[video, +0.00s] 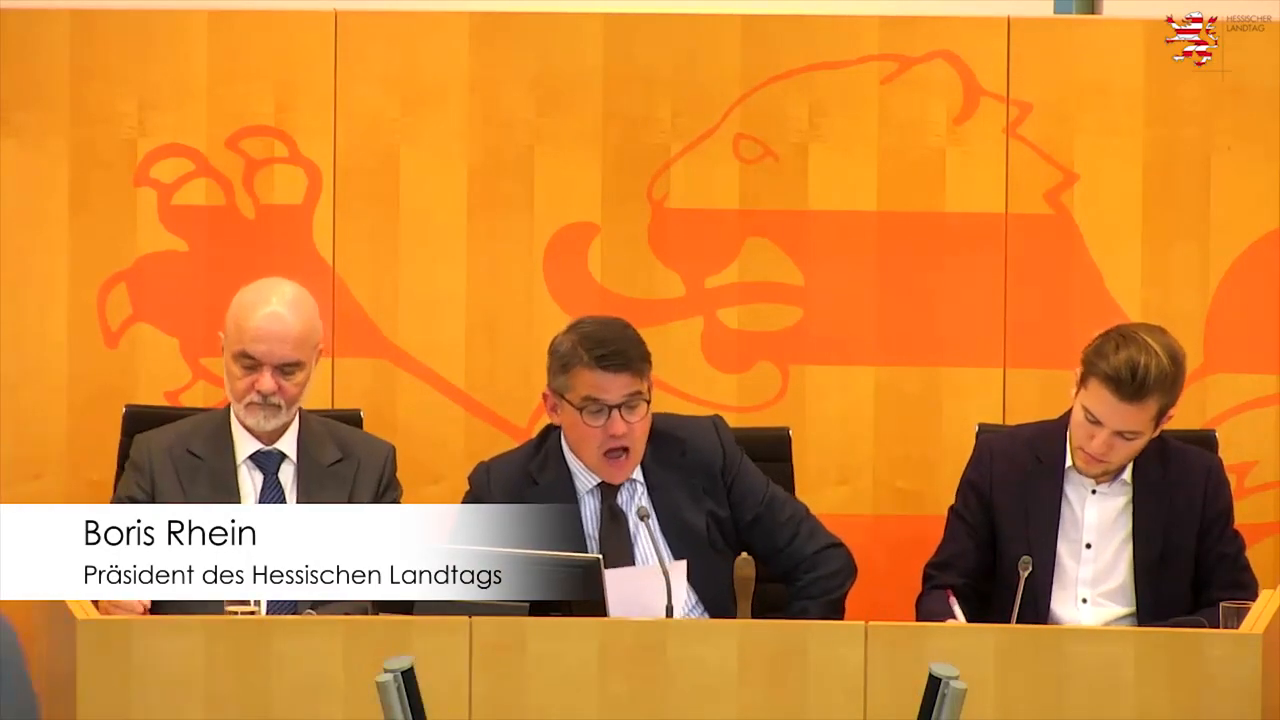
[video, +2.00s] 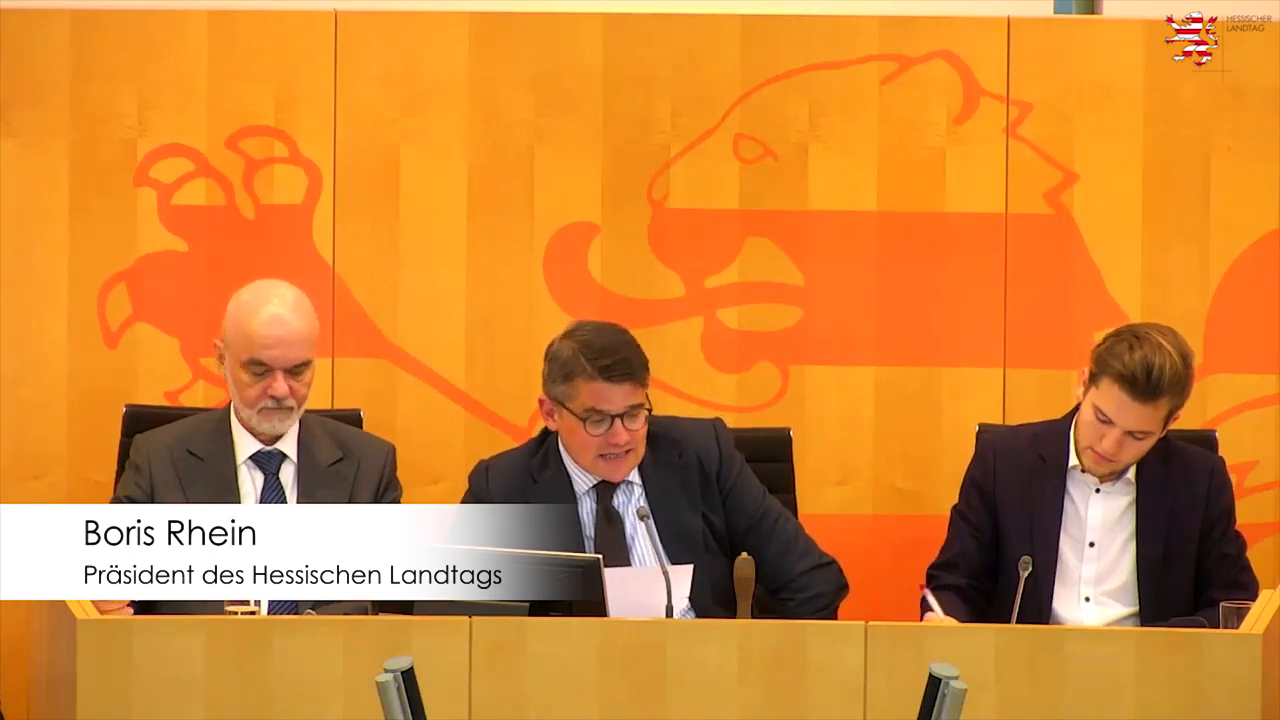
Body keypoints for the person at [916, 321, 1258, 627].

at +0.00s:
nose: (1098, 445)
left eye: (1125, 436)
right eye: (1090, 418)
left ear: (1162, 421)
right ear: (1077, 384)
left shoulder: (1198, 477)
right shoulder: (1000, 458)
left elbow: (1238, 602)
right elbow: (944, 588)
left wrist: (1161, 645)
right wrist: (960, 644)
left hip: (1147, 679)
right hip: (1022, 671)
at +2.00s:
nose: (1109, 446)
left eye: (1136, 435)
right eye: (1101, 418)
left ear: (1168, 422)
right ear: (1084, 382)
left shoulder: (1201, 478)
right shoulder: (1003, 458)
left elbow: (1238, 602)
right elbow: (953, 586)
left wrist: (1162, 646)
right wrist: (946, 638)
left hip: (1151, 680)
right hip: (1025, 672)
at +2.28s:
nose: (1108, 438)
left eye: (1134, 427)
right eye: (1099, 411)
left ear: (1167, 415)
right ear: (1082, 379)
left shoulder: (1201, 477)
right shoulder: (1002, 459)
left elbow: (1238, 605)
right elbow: (956, 585)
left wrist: (1159, 644)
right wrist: (947, 620)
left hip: (1153, 681)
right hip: (1026, 672)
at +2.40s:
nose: (1103, 433)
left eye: (1130, 421)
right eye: (1094, 406)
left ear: (1163, 408)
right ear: (1076, 377)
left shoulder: (1200, 477)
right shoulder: (1001, 459)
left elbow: (1238, 603)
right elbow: (956, 584)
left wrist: (1153, 641)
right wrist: (942, 618)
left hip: (1152, 679)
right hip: (1025, 669)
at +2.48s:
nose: (1101, 431)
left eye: (1127, 418)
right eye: (1091, 404)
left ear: (1161, 406)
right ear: (1074, 375)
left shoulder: (1199, 477)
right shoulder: (1001, 458)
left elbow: (1237, 605)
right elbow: (956, 585)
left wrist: (1145, 637)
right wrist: (943, 618)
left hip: (1150, 680)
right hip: (1025, 669)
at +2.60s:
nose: (1097, 427)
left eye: (1121, 411)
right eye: (1085, 401)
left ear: (1153, 400)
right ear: (1066, 378)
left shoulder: (1196, 477)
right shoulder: (999, 459)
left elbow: (1240, 608)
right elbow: (955, 585)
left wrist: (1138, 616)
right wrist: (939, 616)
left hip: (1148, 685)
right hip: (1021, 677)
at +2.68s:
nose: (1095, 425)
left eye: (1119, 408)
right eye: (1082, 400)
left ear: (1149, 395)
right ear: (1062, 377)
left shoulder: (1195, 477)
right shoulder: (998, 460)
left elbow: (1240, 610)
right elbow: (956, 587)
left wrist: (1137, 596)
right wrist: (939, 615)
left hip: (1150, 686)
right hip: (1022, 679)